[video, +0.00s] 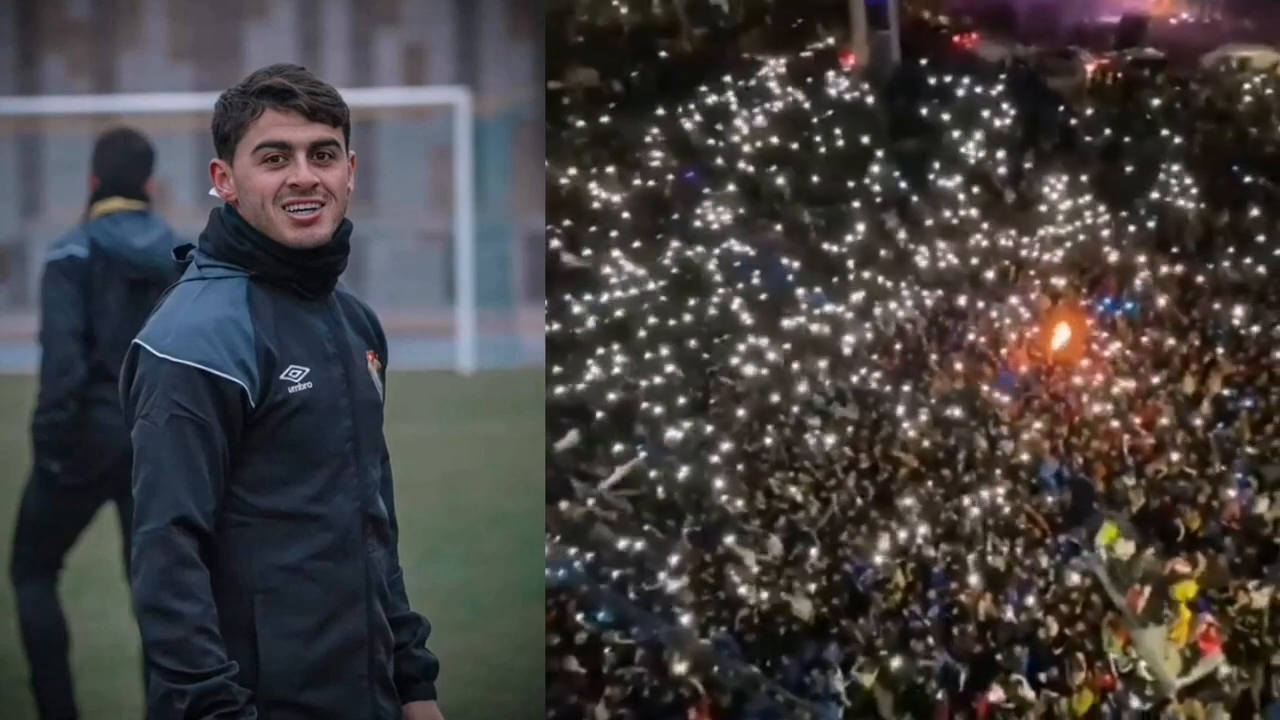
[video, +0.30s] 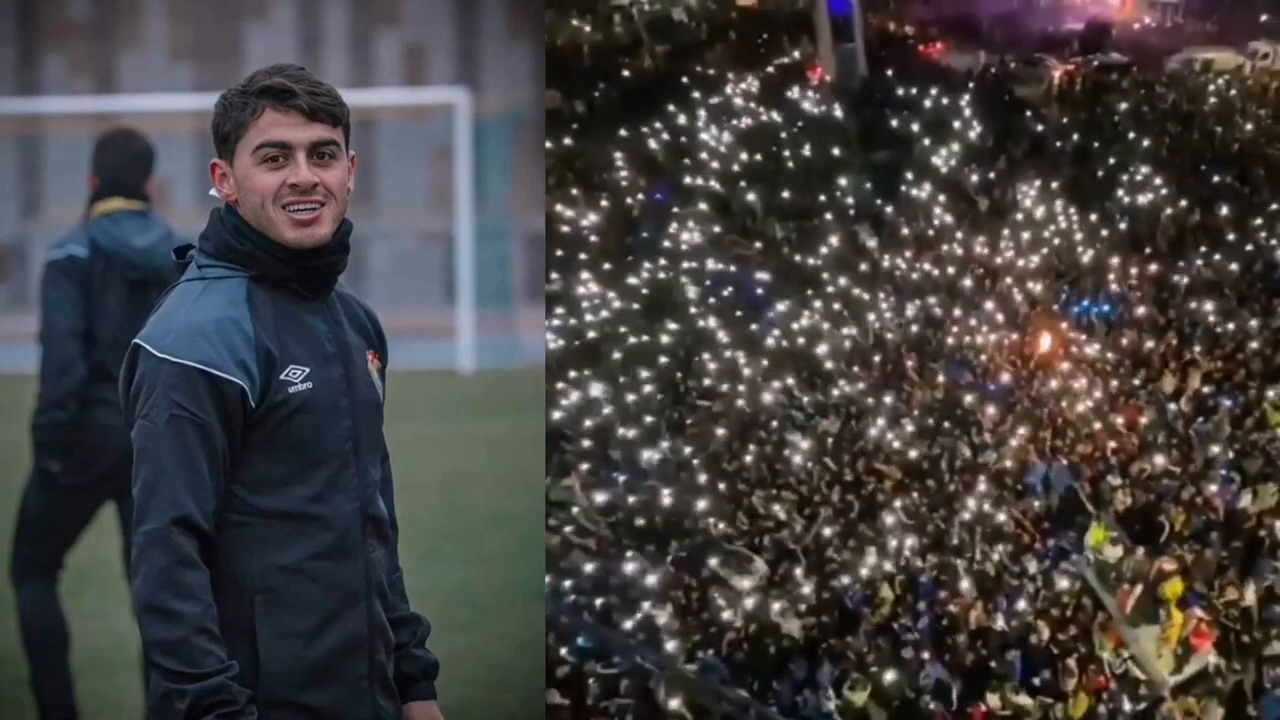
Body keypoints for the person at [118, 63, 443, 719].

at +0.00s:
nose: (304, 178)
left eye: (322, 155)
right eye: (274, 158)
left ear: (350, 171)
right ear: (226, 182)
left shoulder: (356, 323)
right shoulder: (195, 334)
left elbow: (372, 525)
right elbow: (164, 550)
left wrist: (414, 685)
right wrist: (213, 705)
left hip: (365, 690)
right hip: (259, 691)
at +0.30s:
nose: (304, 178)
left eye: (322, 155)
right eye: (274, 158)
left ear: (350, 171)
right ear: (226, 182)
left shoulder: (356, 323)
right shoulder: (195, 334)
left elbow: (372, 525)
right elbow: (164, 550)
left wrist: (414, 684)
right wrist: (213, 705)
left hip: (365, 690)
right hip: (259, 691)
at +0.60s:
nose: (304, 178)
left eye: (322, 155)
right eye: (274, 158)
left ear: (350, 171)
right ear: (226, 182)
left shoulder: (356, 323)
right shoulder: (195, 334)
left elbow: (372, 525)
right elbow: (164, 550)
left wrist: (414, 684)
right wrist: (213, 705)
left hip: (365, 690)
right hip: (259, 691)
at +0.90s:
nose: (304, 179)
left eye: (322, 155)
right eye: (274, 158)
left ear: (350, 171)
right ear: (226, 182)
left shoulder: (356, 323)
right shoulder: (195, 334)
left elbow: (372, 525)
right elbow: (164, 550)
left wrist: (414, 684)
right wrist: (213, 705)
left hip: (365, 690)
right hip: (259, 691)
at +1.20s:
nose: (304, 179)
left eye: (322, 155)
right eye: (274, 158)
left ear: (350, 171)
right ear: (226, 182)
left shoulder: (356, 323)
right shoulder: (195, 334)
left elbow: (372, 525)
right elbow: (164, 550)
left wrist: (414, 684)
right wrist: (213, 705)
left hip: (365, 690)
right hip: (259, 691)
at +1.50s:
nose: (305, 178)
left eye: (322, 155)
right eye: (274, 158)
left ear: (349, 171)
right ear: (226, 182)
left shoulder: (356, 323)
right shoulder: (195, 334)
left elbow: (372, 525)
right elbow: (164, 550)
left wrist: (414, 684)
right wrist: (213, 705)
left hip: (366, 690)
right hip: (260, 691)